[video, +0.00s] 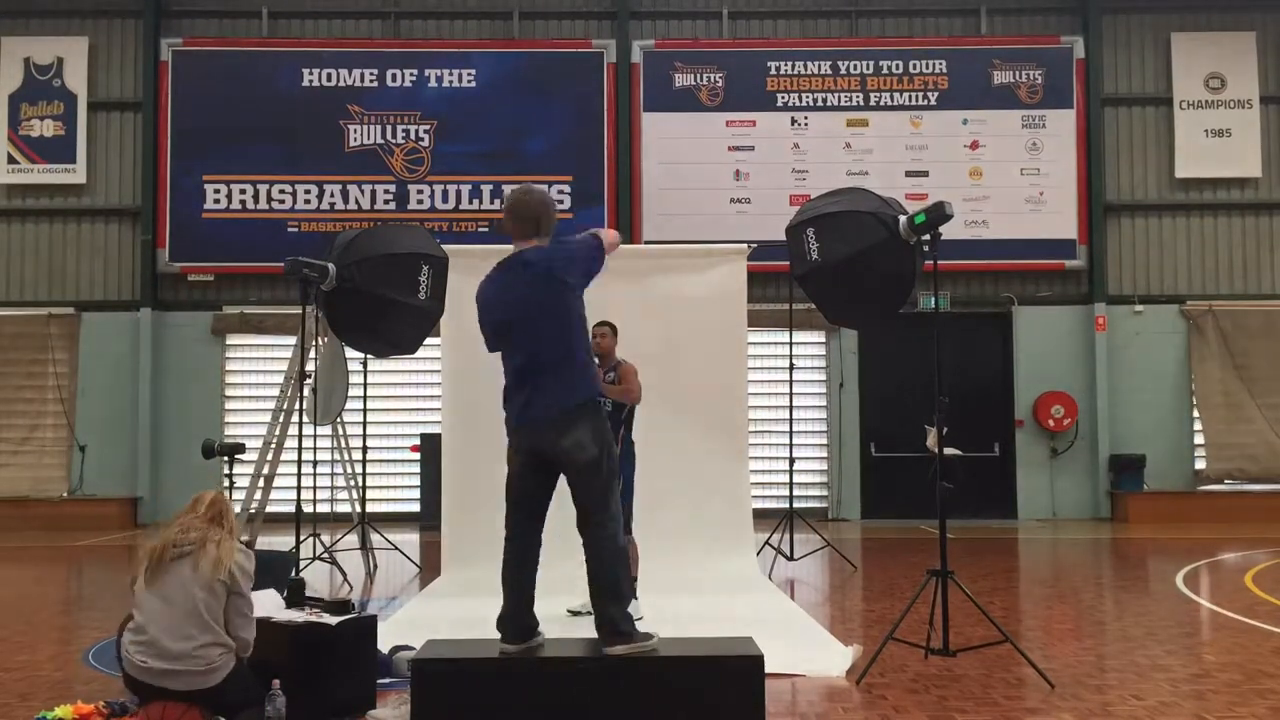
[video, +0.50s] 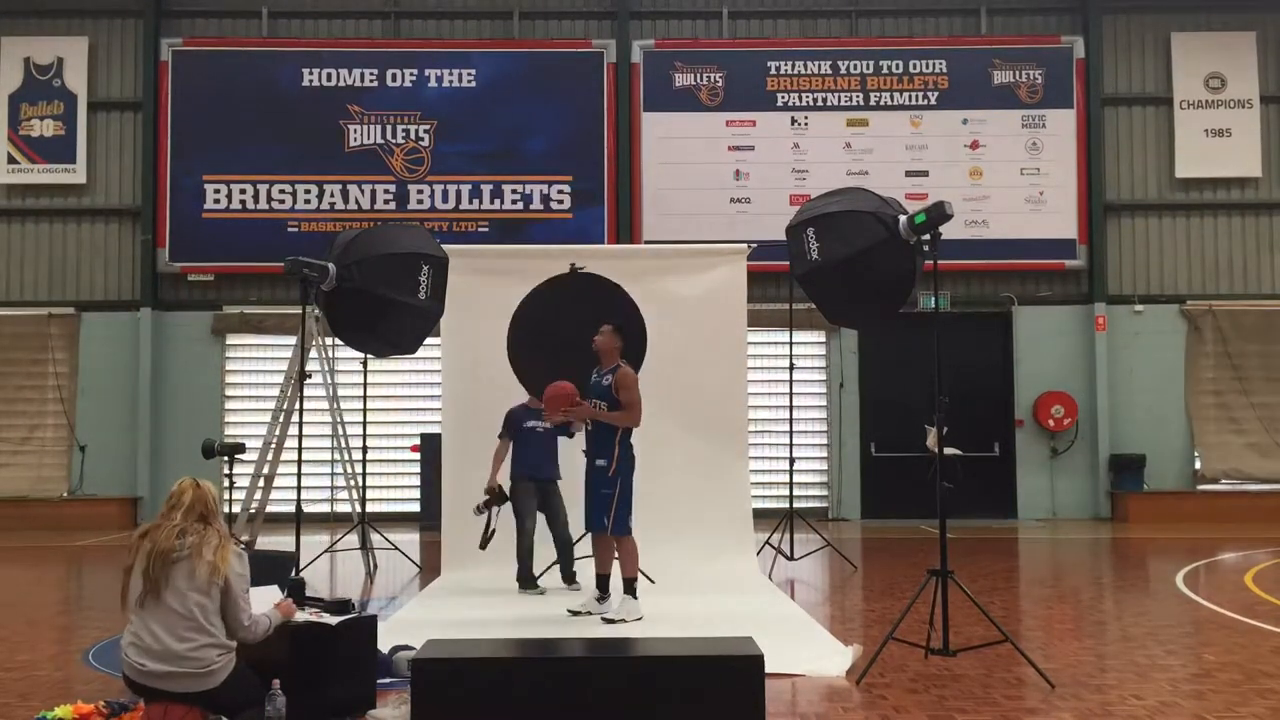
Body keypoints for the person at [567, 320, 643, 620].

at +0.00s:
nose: (597, 341)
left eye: (602, 336)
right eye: (594, 337)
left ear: (615, 341)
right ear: (591, 343)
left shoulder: (625, 369)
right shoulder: (590, 371)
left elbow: (633, 394)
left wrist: (598, 386)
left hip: (620, 451)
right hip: (593, 451)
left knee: (621, 527)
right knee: (596, 525)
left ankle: (629, 596)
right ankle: (599, 597)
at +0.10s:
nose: (598, 340)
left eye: (604, 336)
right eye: (595, 336)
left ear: (615, 341)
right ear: (591, 342)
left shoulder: (624, 369)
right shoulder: (589, 370)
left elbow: (633, 395)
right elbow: (567, 382)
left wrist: (598, 385)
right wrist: (575, 377)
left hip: (618, 455)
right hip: (592, 454)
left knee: (619, 526)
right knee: (595, 523)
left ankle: (628, 595)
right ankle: (600, 595)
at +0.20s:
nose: (598, 341)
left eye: (604, 336)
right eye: (595, 336)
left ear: (615, 341)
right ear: (590, 341)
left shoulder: (624, 373)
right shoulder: (588, 372)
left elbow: (637, 413)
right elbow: (583, 408)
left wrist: (600, 410)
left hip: (618, 447)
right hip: (593, 448)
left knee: (620, 526)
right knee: (598, 526)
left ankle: (630, 598)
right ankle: (601, 595)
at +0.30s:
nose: (594, 346)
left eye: (599, 341)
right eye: (593, 341)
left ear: (615, 343)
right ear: (595, 343)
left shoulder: (628, 373)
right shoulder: (600, 374)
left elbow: (637, 416)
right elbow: (602, 416)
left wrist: (597, 406)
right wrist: (579, 406)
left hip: (619, 457)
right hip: (600, 456)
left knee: (617, 528)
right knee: (600, 527)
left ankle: (630, 600)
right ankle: (601, 596)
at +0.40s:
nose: (593, 339)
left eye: (599, 335)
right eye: (595, 334)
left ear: (615, 342)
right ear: (608, 341)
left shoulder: (625, 374)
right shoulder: (601, 373)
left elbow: (632, 418)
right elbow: (604, 412)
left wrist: (592, 412)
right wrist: (578, 406)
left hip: (618, 460)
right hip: (599, 458)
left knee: (620, 528)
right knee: (600, 528)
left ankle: (631, 600)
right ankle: (601, 596)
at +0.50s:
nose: (595, 337)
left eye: (601, 334)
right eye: (597, 333)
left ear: (616, 342)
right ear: (605, 342)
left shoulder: (625, 374)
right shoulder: (597, 374)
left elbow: (634, 418)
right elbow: (597, 416)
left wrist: (592, 413)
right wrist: (569, 414)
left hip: (618, 459)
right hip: (597, 457)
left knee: (619, 527)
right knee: (598, 527)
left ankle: (631, 600)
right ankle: (601, 596)